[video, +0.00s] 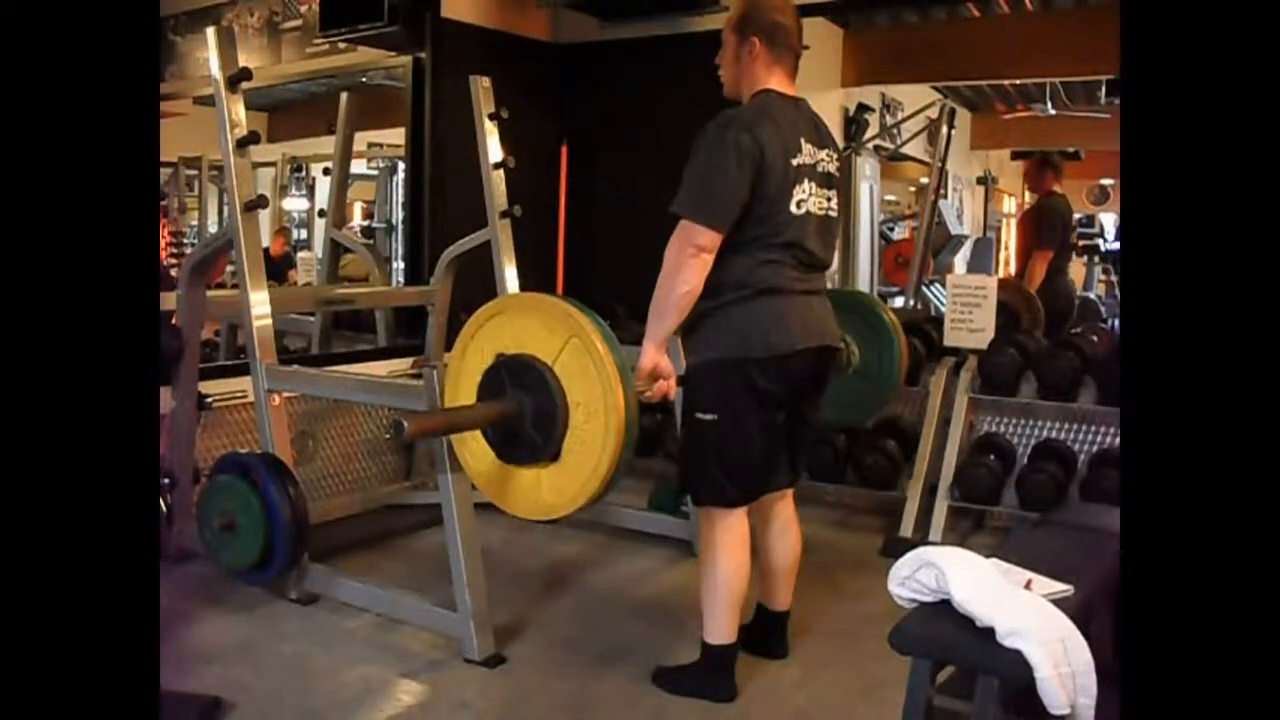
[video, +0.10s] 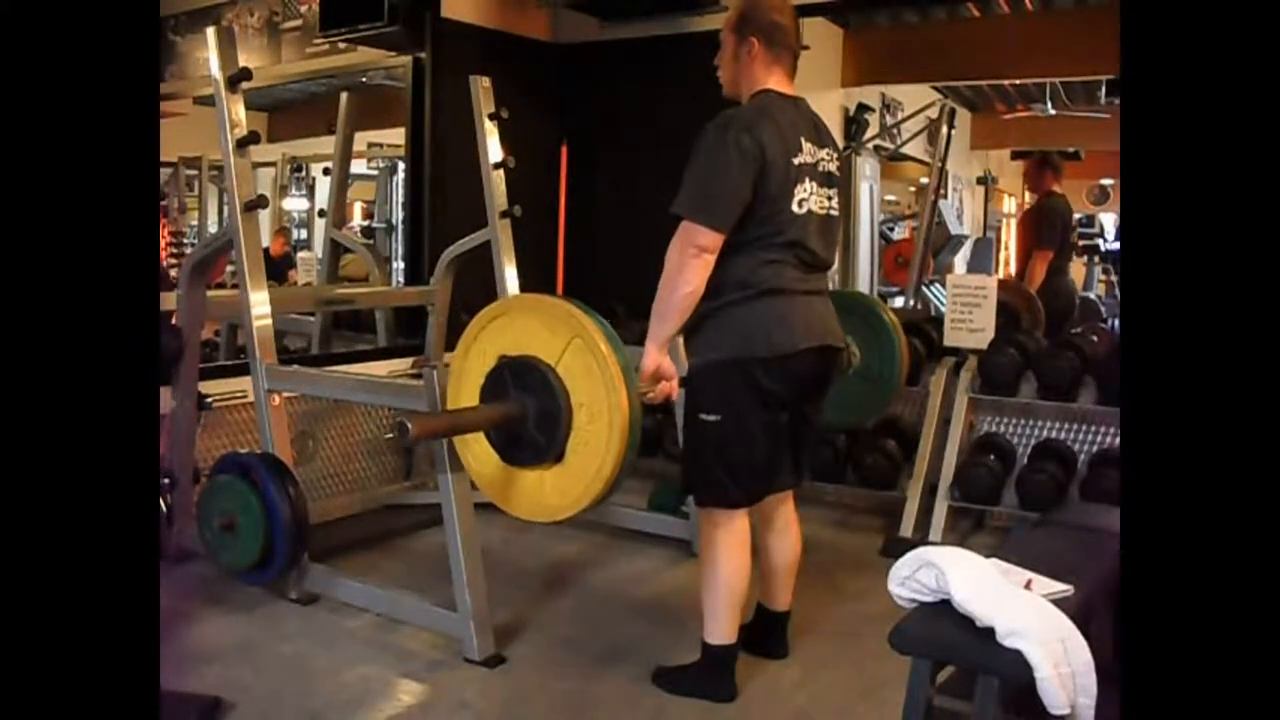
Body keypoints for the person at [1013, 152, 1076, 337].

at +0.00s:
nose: (1025, 178)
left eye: (1029, 172)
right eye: (1025, 173)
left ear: (1046, 174)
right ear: (1049, 175)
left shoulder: (1050, 206)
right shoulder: (1058, 202)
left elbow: (1042, 257)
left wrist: (1023, 299)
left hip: (1045, 291)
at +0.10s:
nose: (1024, 178)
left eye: (1029, 172)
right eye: (1025, 172)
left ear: (1046, 174)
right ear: (1049, 175)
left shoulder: (1049, 206)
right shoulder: (1057, 202)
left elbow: (1042, 257)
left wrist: (1023, 299)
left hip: (1046, 290)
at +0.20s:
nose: (1023, 177)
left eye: (1028, 172)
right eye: (1024, 172)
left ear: (1044, 174)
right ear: (1048, 176)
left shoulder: (1049, 205)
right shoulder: (1057, 202)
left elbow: (1042, 257)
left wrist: (1024, 300)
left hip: (1048, 288)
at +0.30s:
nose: (1021, 179)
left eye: (1025, 174)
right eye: (1022, 174)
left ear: (1042, 174)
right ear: (1044, 175)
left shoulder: (1049, 205)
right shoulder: (1056, 202)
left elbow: (1042, 258)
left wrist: (1024, 301)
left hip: (1049, 291)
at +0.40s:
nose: (1020, 182)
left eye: (1024, 176)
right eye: (1021, 177)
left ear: (1040, 175)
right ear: (1043, 176)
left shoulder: (1049, 206)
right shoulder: (1056, 203)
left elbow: (1042, 259)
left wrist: (1024, 301)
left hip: (1049, 290)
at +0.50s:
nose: (1019, 183)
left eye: (1023, 177)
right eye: (1020, 178)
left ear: (1039, 175)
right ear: (1042, 176)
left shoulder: (1050, 205)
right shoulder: (1054, 202)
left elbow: (1043, 258)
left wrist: (1025, 301)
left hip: (1050, 291)